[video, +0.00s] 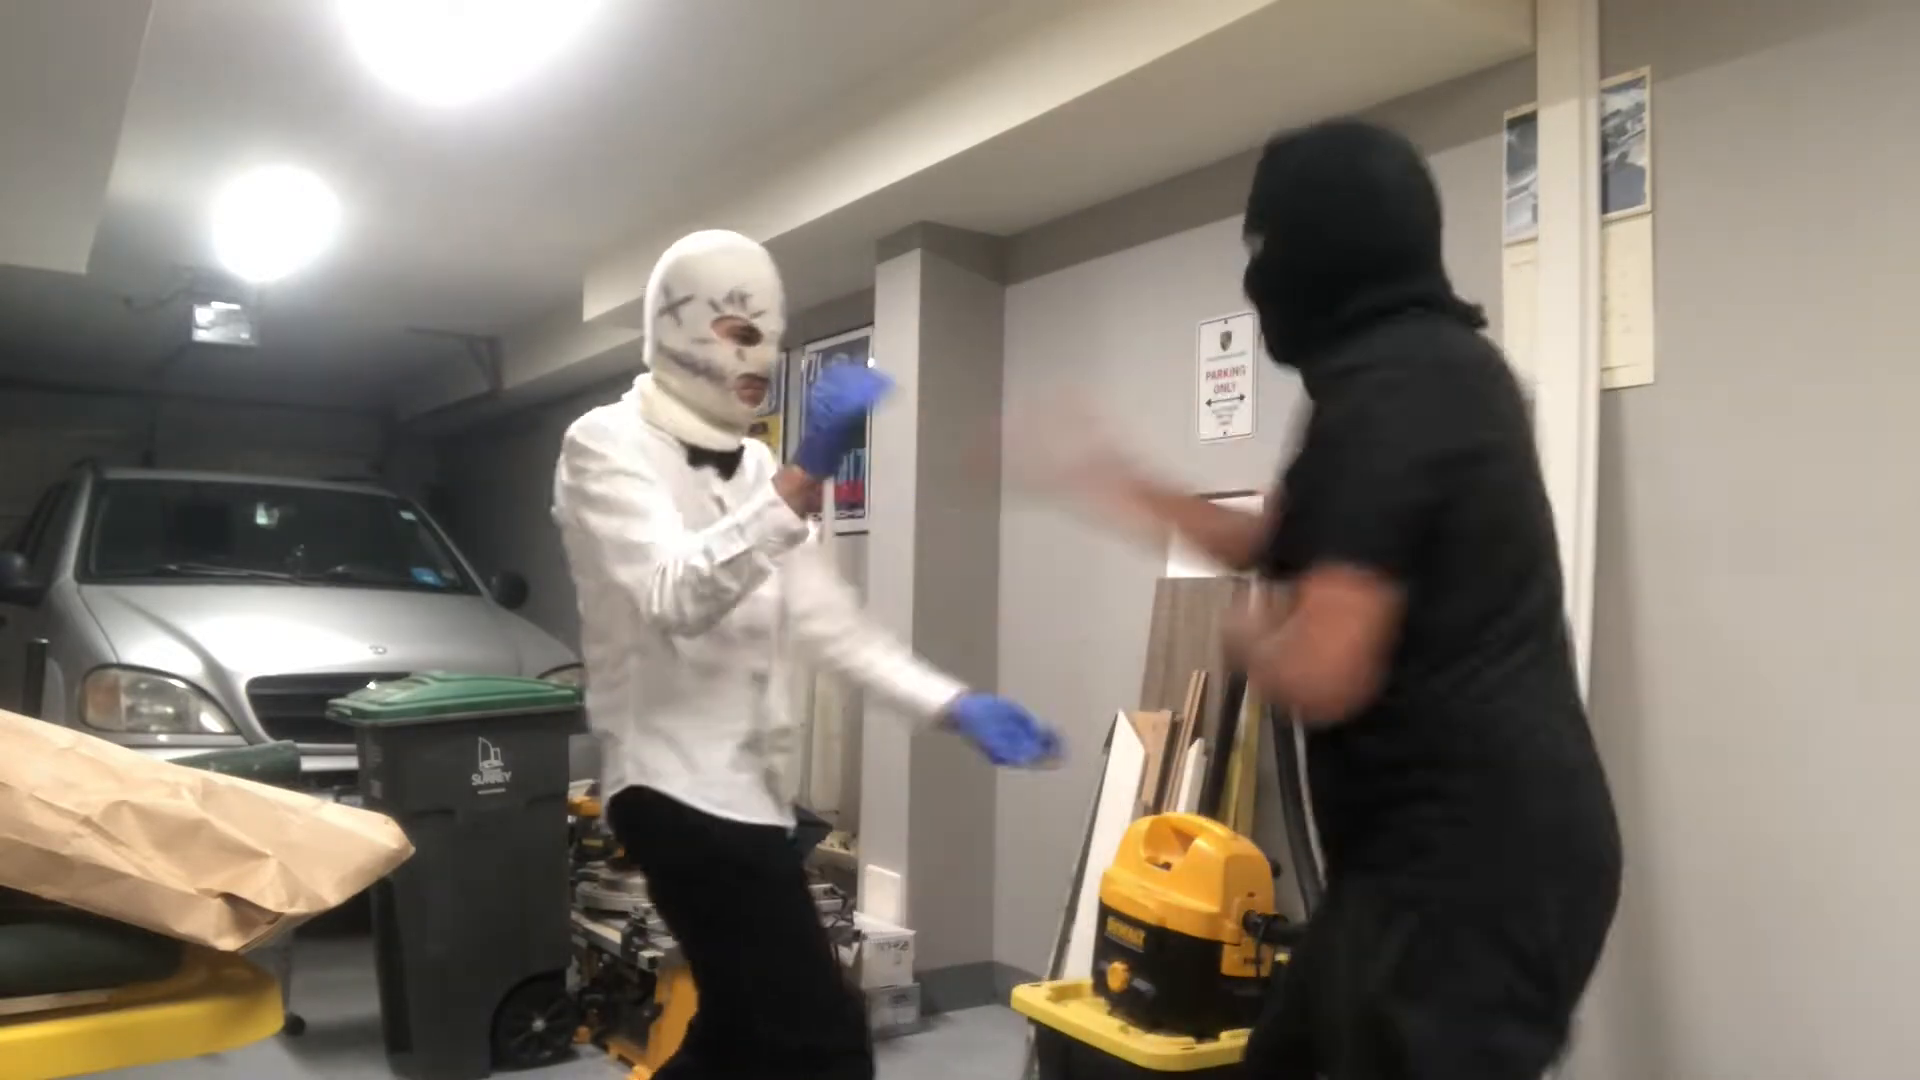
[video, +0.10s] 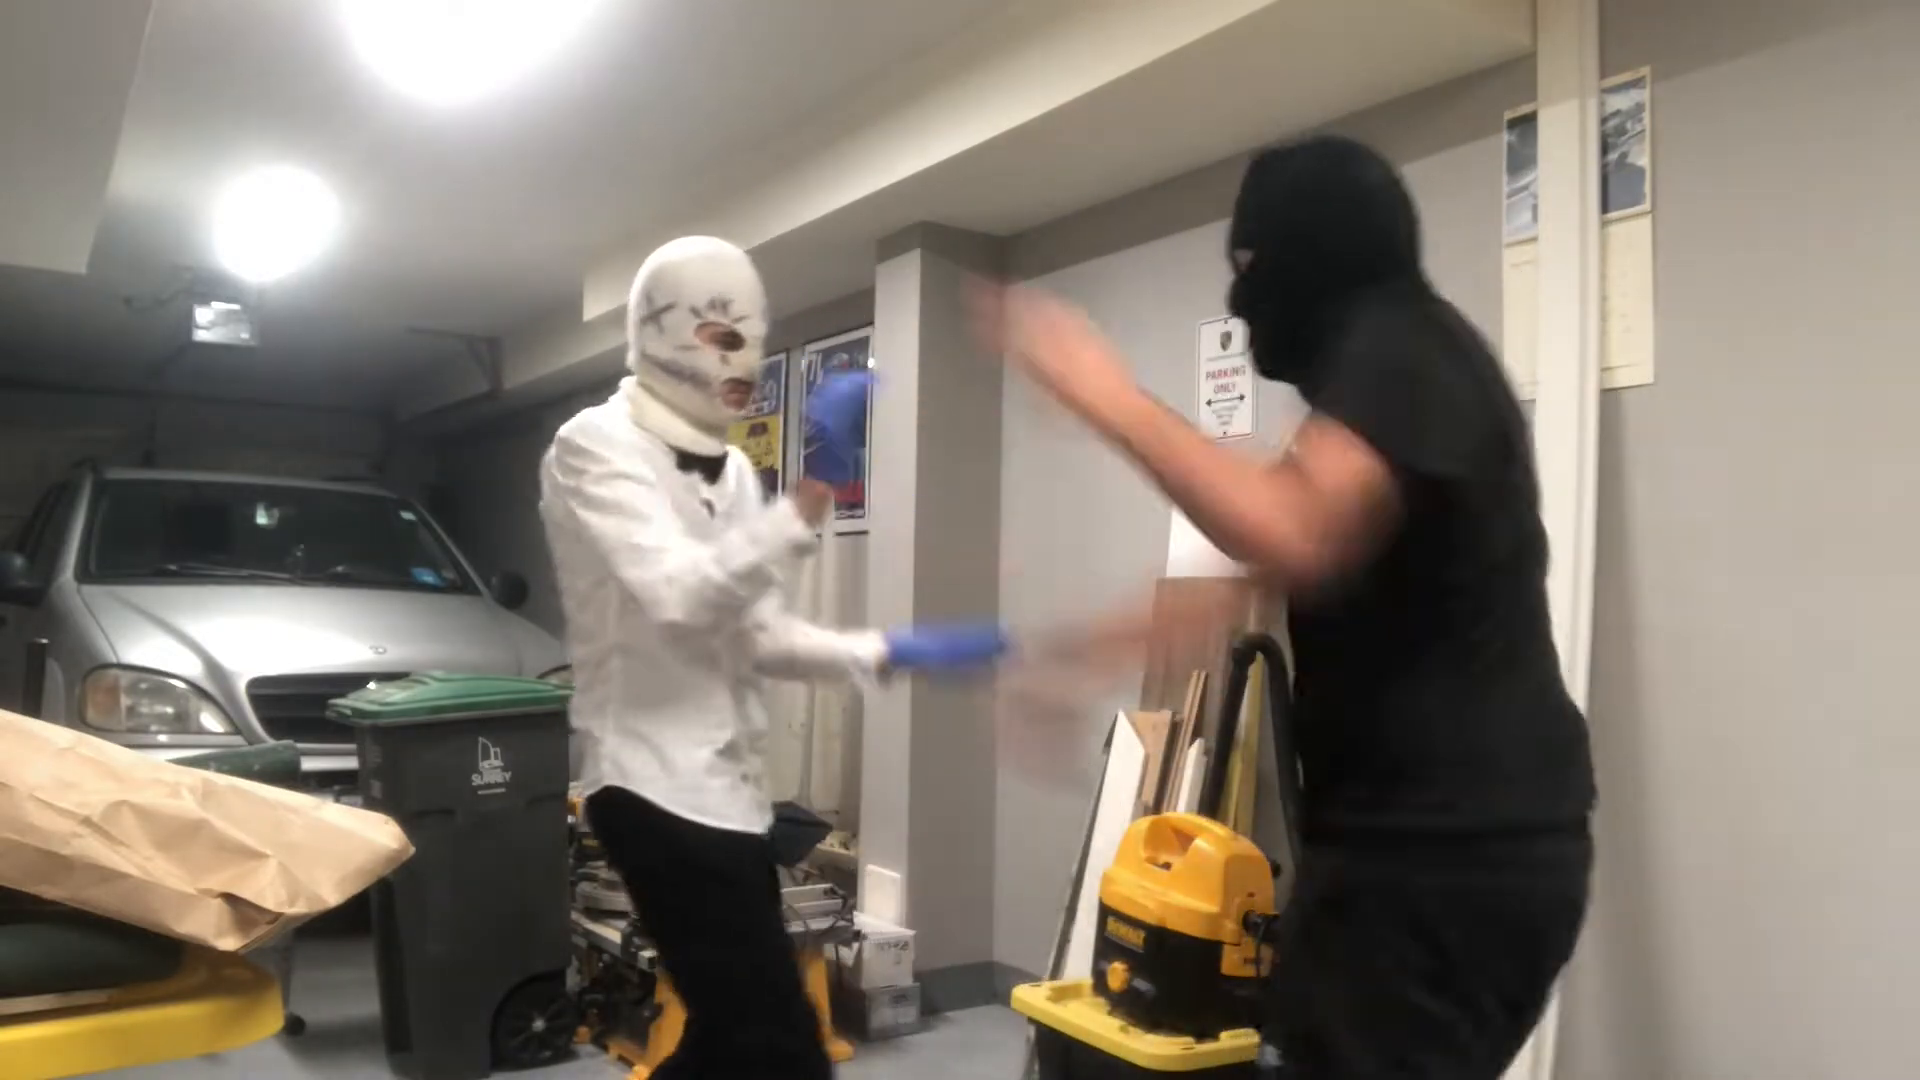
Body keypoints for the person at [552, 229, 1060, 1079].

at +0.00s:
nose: (757, 357)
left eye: (765, 337)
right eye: (735, 331)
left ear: (777, 344)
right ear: (672, 331)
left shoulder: (761, 467)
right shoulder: (607, 444)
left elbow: (832, 626)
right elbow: (671, 597)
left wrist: (956, 704)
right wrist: (801, 479)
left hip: (752, 781)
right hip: (669, 780)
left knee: (736, 1033)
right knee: (819, 1035)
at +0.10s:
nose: (747, 365)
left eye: (754, 344)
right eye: (725, 339)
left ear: (756, 345)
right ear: (660, 335)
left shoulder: (735, 474)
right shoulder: (595, 446)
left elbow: (755, 635)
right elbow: (674, 596)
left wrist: (885, 651)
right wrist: (799, 513)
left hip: (723, 777)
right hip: (643, 776)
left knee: (732, 1036)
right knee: (778, 1042)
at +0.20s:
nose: (698, 354)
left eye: (710, 336)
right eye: (676, 333)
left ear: (725, 348)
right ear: (619, 340)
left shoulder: (713, 479)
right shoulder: (570, 458)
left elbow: (765, 613)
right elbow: (713, 575)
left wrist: (897, 564)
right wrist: (880, 530)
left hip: (709, 794)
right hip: (629, 789)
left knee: (742, 1043)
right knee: (752, 1047)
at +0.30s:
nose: (698, 368)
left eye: (702, 344)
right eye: (675, 343)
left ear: (711, 349)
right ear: (615, 349)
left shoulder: (693, 489)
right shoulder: (567, 464)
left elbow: (764, 589)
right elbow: (696, 622)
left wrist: (878, 540)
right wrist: (840, 620)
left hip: (689, 789)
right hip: (616, 790)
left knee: (732, 1038)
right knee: (748, 1044)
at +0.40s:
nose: (716, 366)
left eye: (719, 343)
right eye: (692, 342)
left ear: (722, 344)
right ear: (635, 346)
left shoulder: (663, 471)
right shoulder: (610, 453)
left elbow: (749, 603)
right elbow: (666, 636)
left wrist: (902, 580)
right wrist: (831, 691)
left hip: (656, 776)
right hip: (611, 778)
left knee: (713, 1020)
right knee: (760, 1021)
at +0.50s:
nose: (732, 357)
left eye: (734, 336)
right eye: (715, 333)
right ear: (663, 331)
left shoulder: (650, 444)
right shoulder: (630, 421)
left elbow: (747, 595)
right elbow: (670, 600)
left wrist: (855, 552)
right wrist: (829, 651)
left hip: (646, 768)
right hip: (642, 770)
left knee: (680, 1020)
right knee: (770, 1029)